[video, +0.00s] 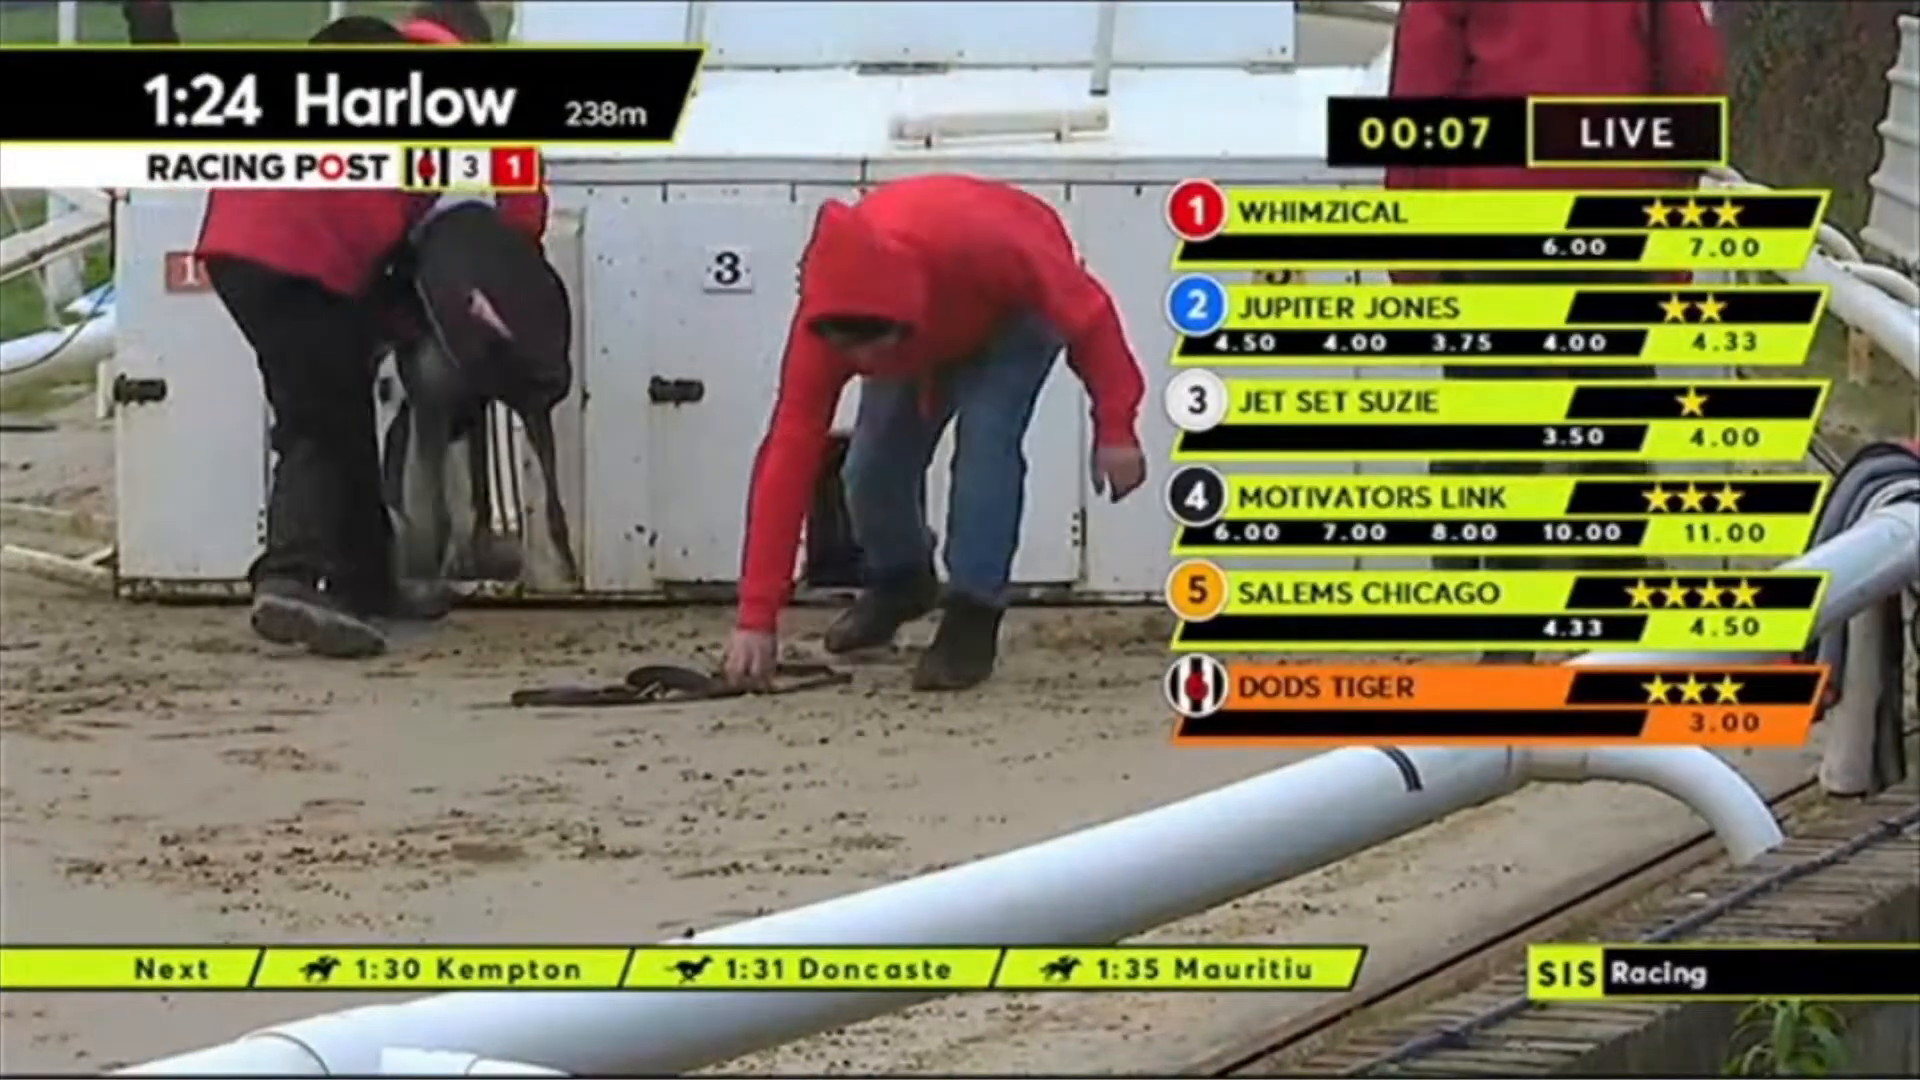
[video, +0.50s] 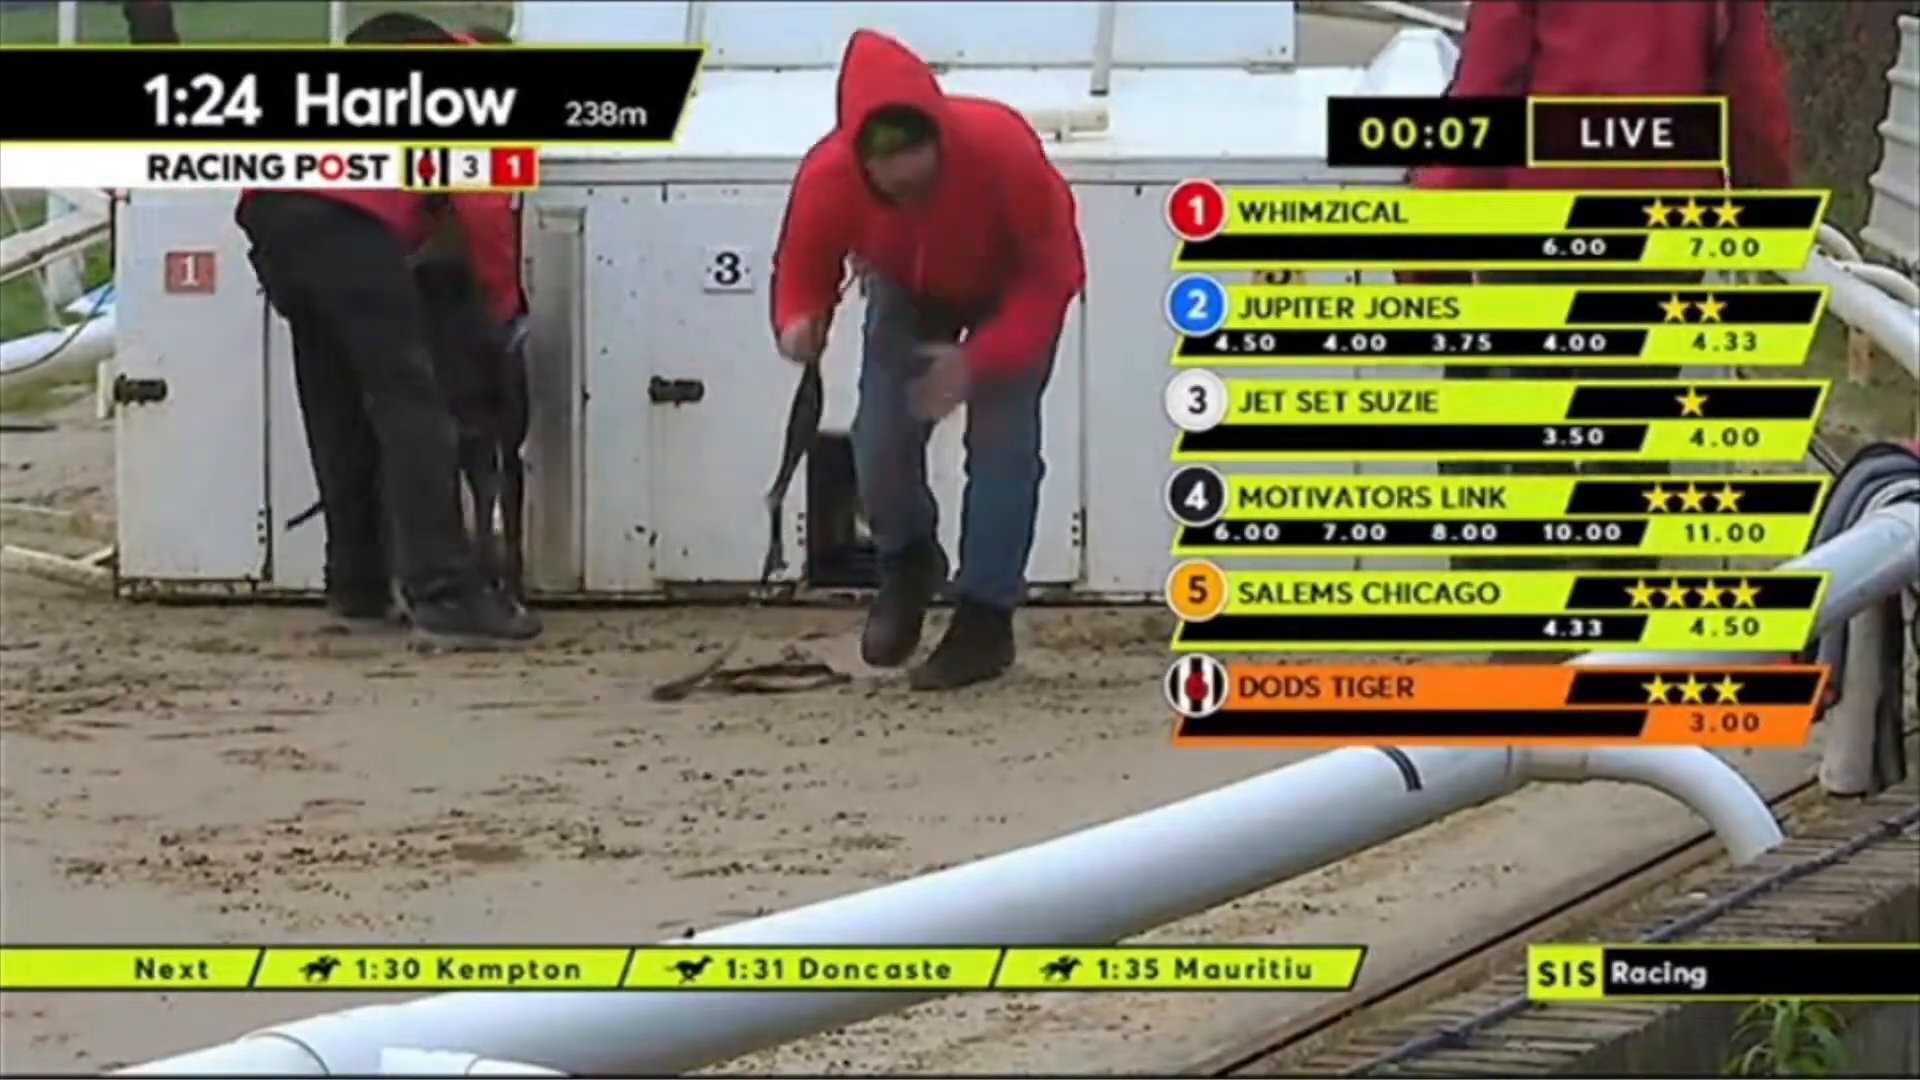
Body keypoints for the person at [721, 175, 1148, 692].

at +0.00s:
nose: (862, 364)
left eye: (876, 344)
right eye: (845, 346)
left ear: (907, 315)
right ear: (824, 318)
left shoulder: (996, 249)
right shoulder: (827, 312)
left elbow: (1093, 318)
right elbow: (791, 451)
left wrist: (1116, 430)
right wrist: (757, 617)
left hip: (1015, 313)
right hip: (918, 330)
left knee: (986, 440)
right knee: (872, 470)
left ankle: (972, 615)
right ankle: (901, 580)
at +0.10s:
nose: (848, 368)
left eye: (857, 348)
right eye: (833, 350)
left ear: (894, 322)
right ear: (818, 329)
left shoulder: (990, 260)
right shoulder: (826, 331)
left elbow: (1091, 323)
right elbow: (795, 465)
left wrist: (1105, 438)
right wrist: (756, 622)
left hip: (1021, 317)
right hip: (923, 333)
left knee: (998, 449)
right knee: (862, 463)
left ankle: (992, 622)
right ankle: (895, 579)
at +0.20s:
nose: (857, 379)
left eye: (865, 362)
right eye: (843, 365)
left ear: (896, 326)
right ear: (823, 343)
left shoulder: (990, 263)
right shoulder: (827, 335)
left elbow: (1094, 316)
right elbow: (795, 469)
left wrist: (1111, 429)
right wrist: (756, 621)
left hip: (1025, 312)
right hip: (928, 329)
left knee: (997, 450)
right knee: (866, 461)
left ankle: (991, 625)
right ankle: (897, 599)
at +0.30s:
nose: (869, 350)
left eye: (880, 332)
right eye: (852, 337)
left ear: (908, 294)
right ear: (829, 308)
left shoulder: (992, 242)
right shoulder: (822, 302)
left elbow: (1096, 294)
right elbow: (797, 426)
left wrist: (1110, 412)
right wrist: (757, 567)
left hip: (1023, 307)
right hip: (923, 320)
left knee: (993, 443)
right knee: (879, 463)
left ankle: (990, 623)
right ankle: (912, 592)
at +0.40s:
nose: (875, 279)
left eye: (886, 262)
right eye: (858, 266)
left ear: (918, 238)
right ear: (837, 254)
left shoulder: (997, 208)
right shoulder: (821, 262)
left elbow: (1092, 271)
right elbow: (800, 366)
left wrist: (1076, 396)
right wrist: (766, 476)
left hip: (1019, 300)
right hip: (912, 313)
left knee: (994, 443)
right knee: (875, 449)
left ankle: (988, 623)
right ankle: (905, 571)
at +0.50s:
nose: (905, 196)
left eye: (917, 181)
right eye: (890, 188)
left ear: (939, 142)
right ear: (861, 159)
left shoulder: (1003, 151)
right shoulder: (829, 176)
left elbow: (1054, 273)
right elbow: (802, 267)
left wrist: (976, 360)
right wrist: (799, 320)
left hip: (1011, 288)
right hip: (907, 290)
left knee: (1001, 448)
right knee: (881, 443)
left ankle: (985, 619)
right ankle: (907, 564)